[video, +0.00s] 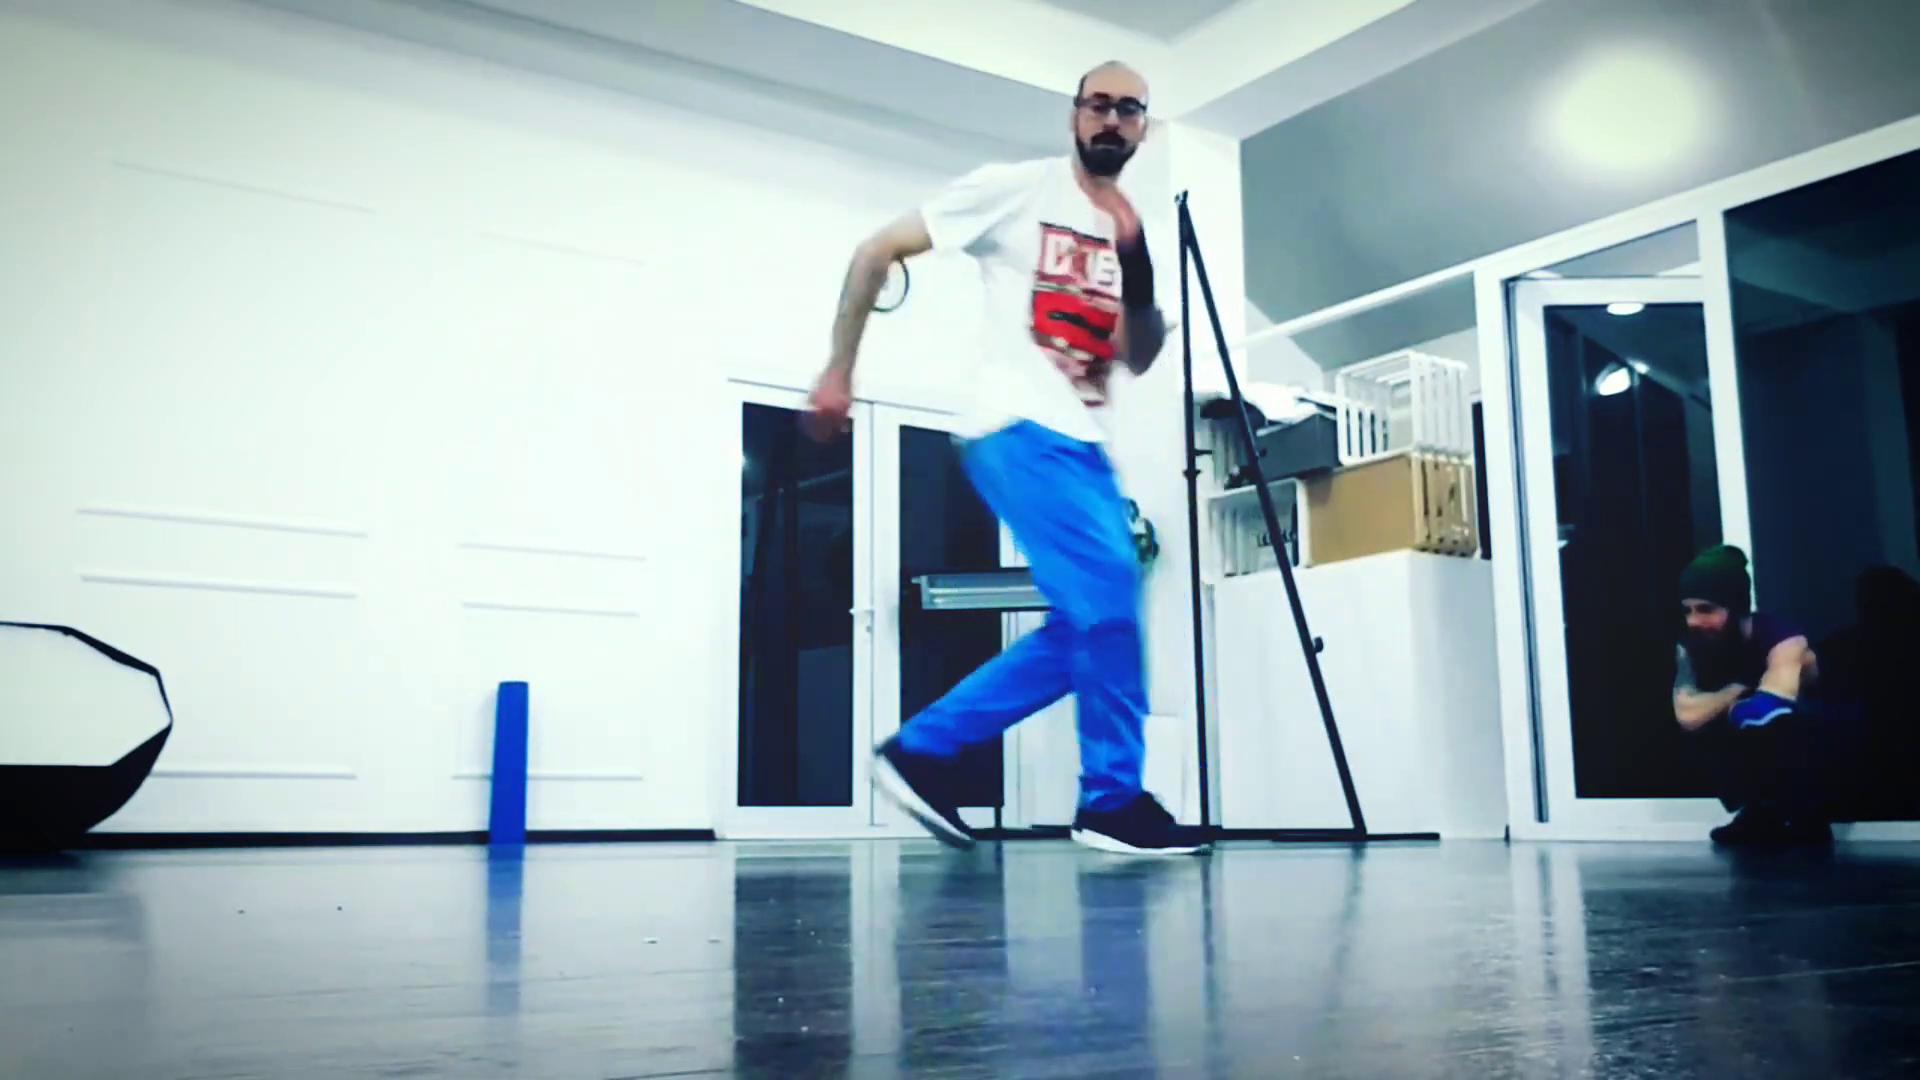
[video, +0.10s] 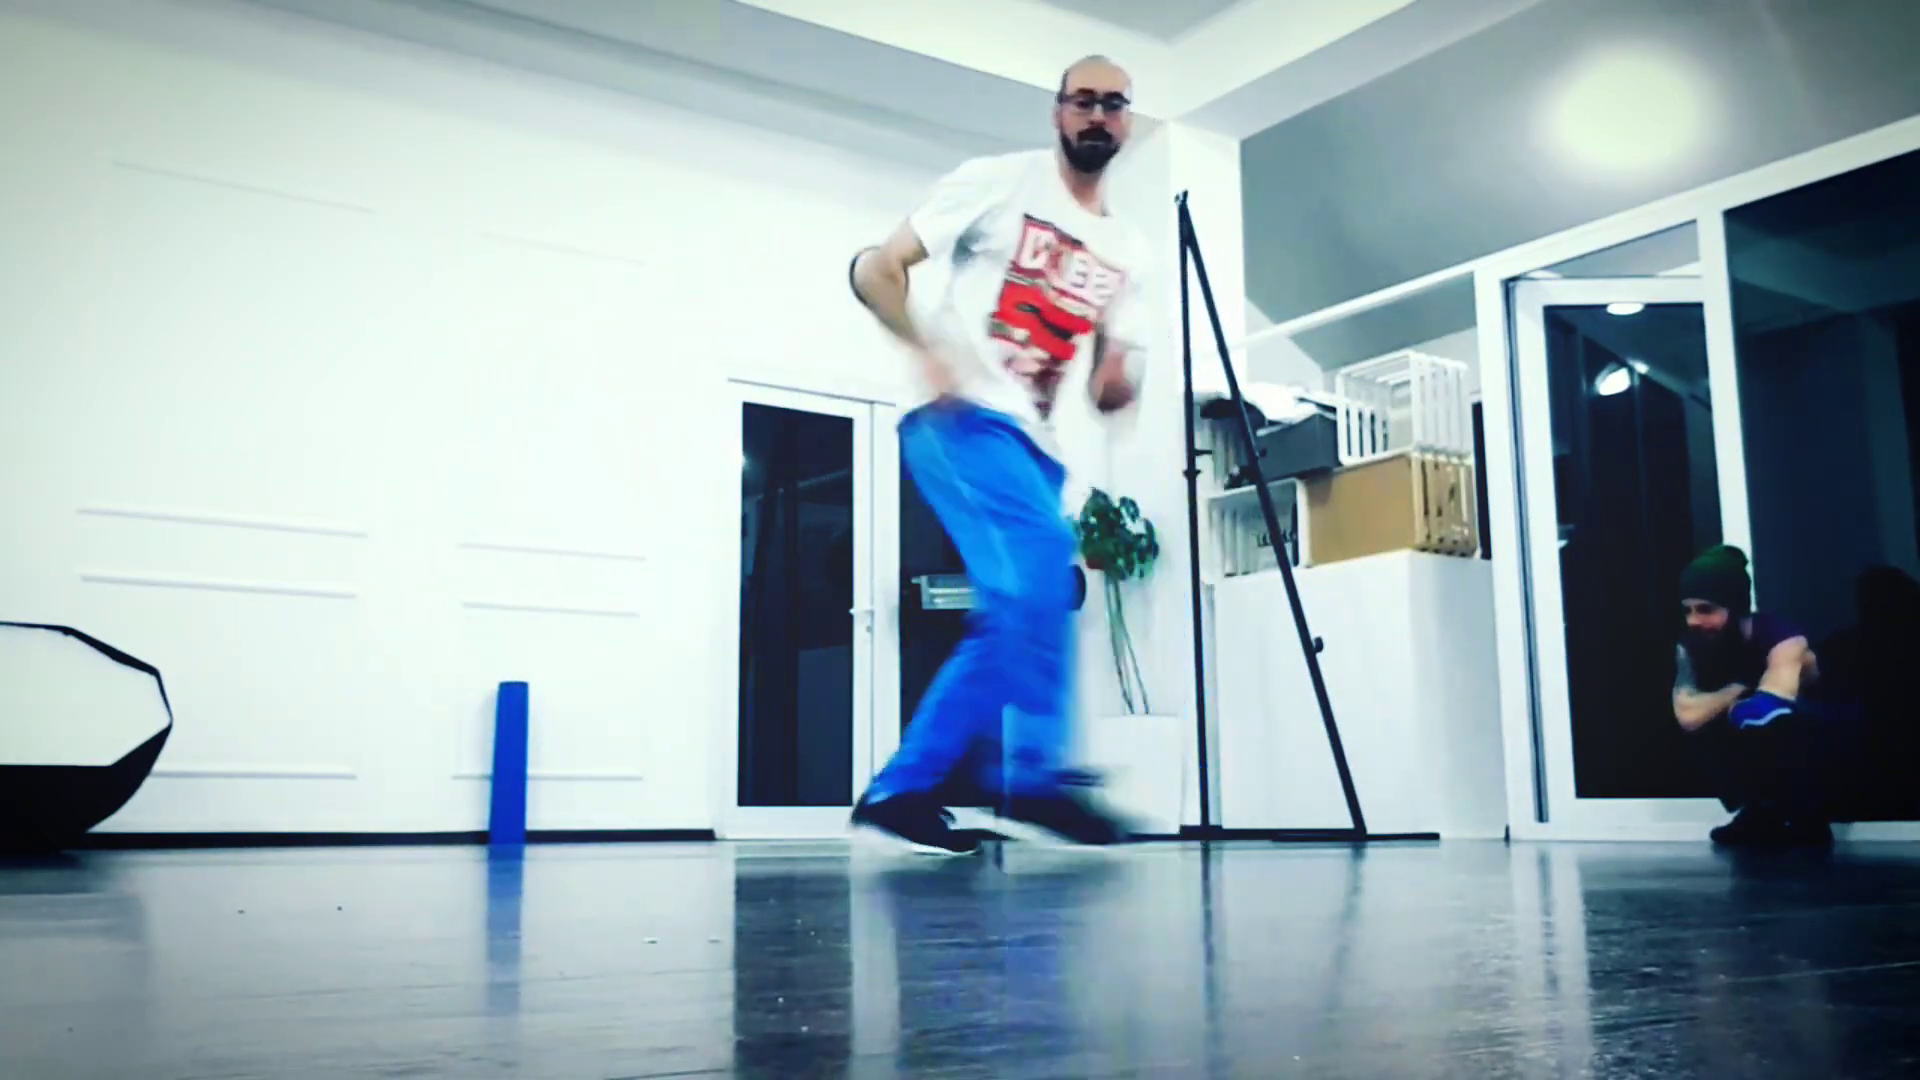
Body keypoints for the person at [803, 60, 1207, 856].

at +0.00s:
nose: (1110, 120)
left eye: (1126, 110)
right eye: (1097, 105)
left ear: (1144, 127)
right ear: (1073, 113)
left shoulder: (1132, 224)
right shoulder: (1019, 187)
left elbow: (1140, 357)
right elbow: (876, 252)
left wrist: (1136, 260)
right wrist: (838, 371)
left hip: (1080, 438)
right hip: (1014, 424)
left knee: (1090, 623)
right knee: (1109, 578)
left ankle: (918, 752)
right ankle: (1113, 797)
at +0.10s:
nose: (1097, 116)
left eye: (1112, 104)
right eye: (1083, 101)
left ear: (1129, 120)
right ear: (1057, 111)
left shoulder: (1122, 249)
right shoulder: (997, 182)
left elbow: (1107, 396)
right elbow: (876, 268)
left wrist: (1120, 360)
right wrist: (926, 347)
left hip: (1033, 443)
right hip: (959, 415)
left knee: (1016, 612)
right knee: (1047, 569)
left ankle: (904, 790)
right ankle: (1036, 777)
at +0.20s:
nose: (1065, 104)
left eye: (1079, 90)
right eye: (1049, 89)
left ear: (1096, 104)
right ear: (1020, 100)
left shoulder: (1094, 239)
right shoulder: (964, 173)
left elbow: (1065, 363)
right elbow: (873, 278)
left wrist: (1086, 446)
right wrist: (975, 250)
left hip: (1012, 433)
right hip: (930, 392)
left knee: (1003, 617)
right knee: (997, 533)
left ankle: (884, 795)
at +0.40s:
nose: (996, 84)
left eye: (1009, 68)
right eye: (978, 71)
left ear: (1031, 79)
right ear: (953, 84)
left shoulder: (1054, 213)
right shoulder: (906, 164)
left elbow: (1024, 324)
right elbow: (835, 291)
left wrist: (1038, 366)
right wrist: (888, 333)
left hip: (983, 429)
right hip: (895, 397)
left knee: (968, 617)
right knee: (915, 528)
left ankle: (875, 801)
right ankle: (887, 765)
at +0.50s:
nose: (948, 68)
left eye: (958, 51)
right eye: (928, 58)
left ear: (982, 57)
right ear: (905, 72)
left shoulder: (1029, 177)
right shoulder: (868, 159)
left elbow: (1039, 326)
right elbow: (811, 289)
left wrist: (1020, 260)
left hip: (978, 408)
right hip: (883, 391)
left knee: (984, 604)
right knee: (927, 524)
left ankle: (879, 772)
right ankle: (920, 775)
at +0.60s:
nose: (893, 60)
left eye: (901, 39)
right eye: (871, 51)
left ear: (926, 41)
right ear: (850, 68)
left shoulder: (999, 151)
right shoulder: (828, 163)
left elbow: (1057, 288)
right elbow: (776, 295)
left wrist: (1008, 224)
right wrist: (730, 419)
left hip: (979, 398)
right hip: (878, 392)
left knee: (1041, 567)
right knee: (938, 556)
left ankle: (960, 766)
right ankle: (880, 781)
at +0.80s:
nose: (784, 63)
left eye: (788, 38)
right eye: (763, 59)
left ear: (823, 24)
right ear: (757, 73)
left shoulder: (937, 119)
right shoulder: (768, 171)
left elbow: (1031, 230)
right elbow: (728, 273)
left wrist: (1105, 338)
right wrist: (699, 316)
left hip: (970, 372)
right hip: (868, 398)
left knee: (959, 540)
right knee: (891, 557)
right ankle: (943, 773)